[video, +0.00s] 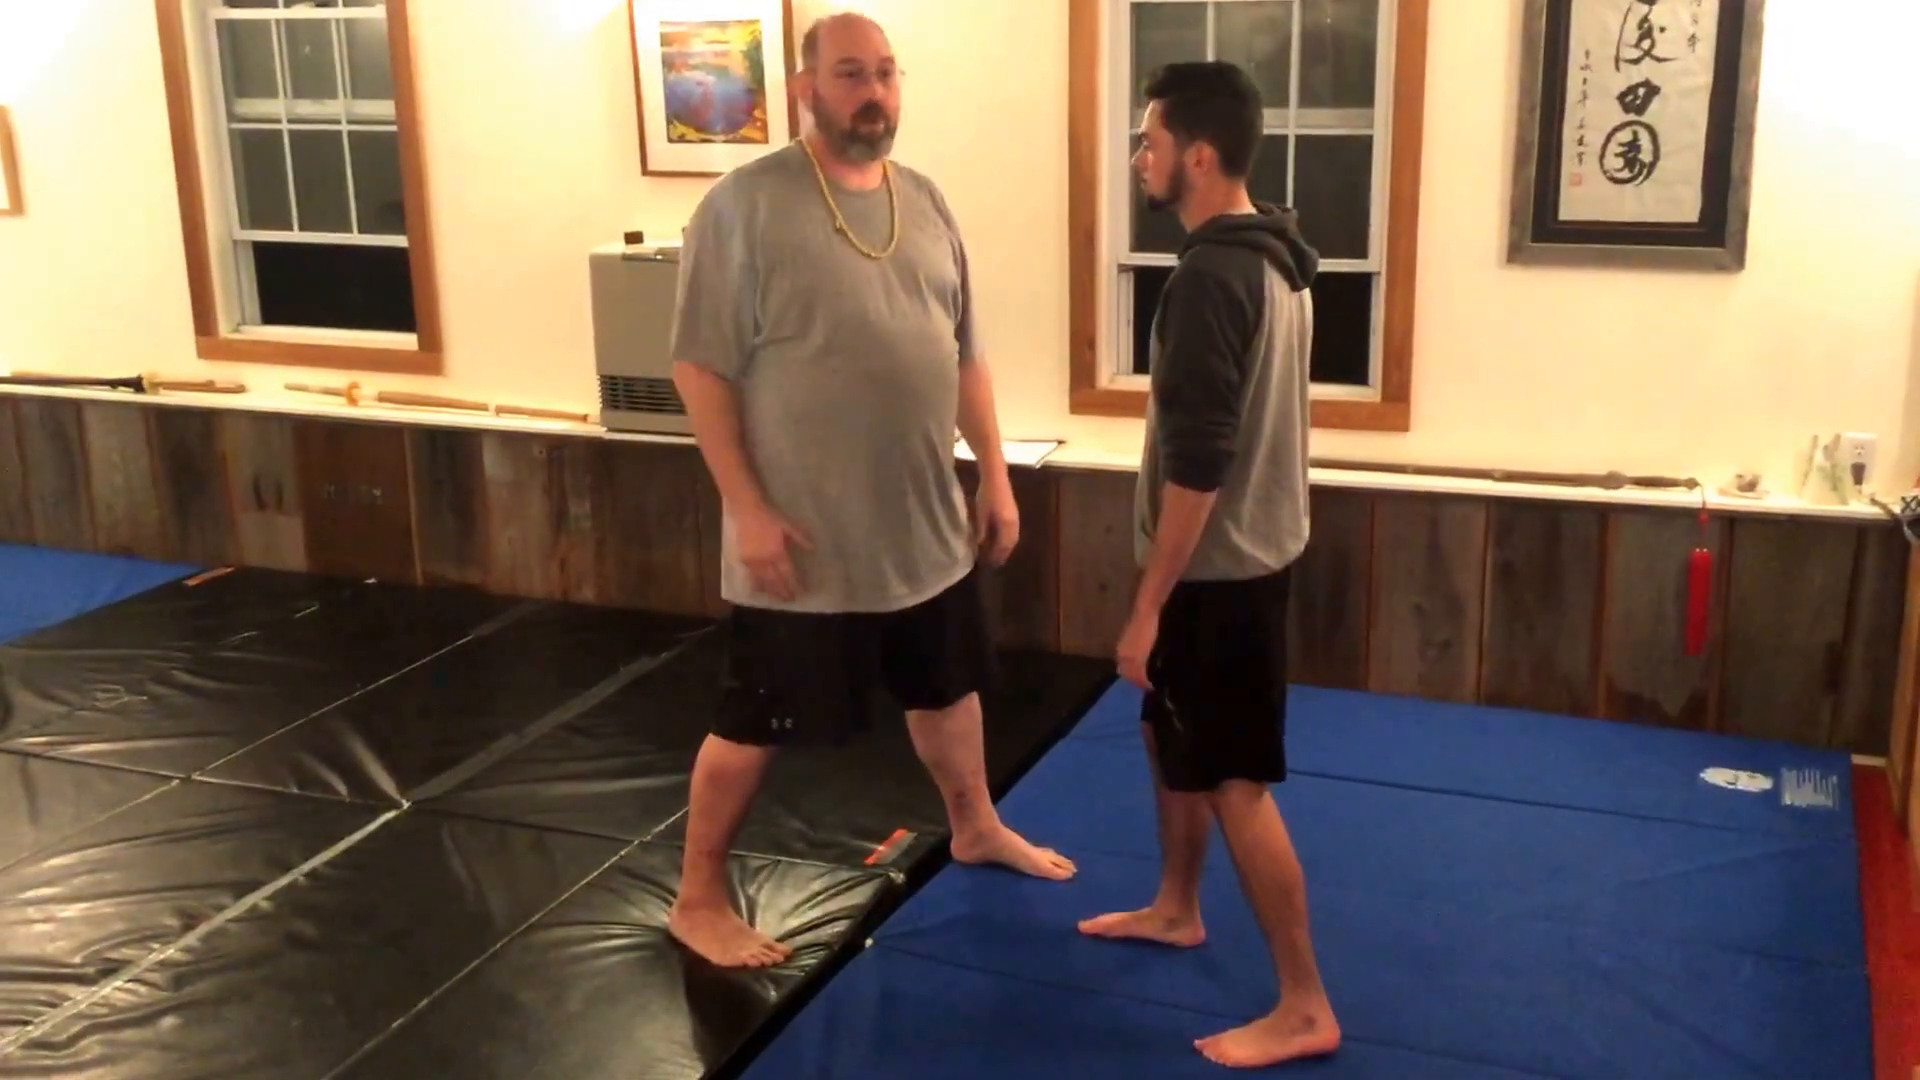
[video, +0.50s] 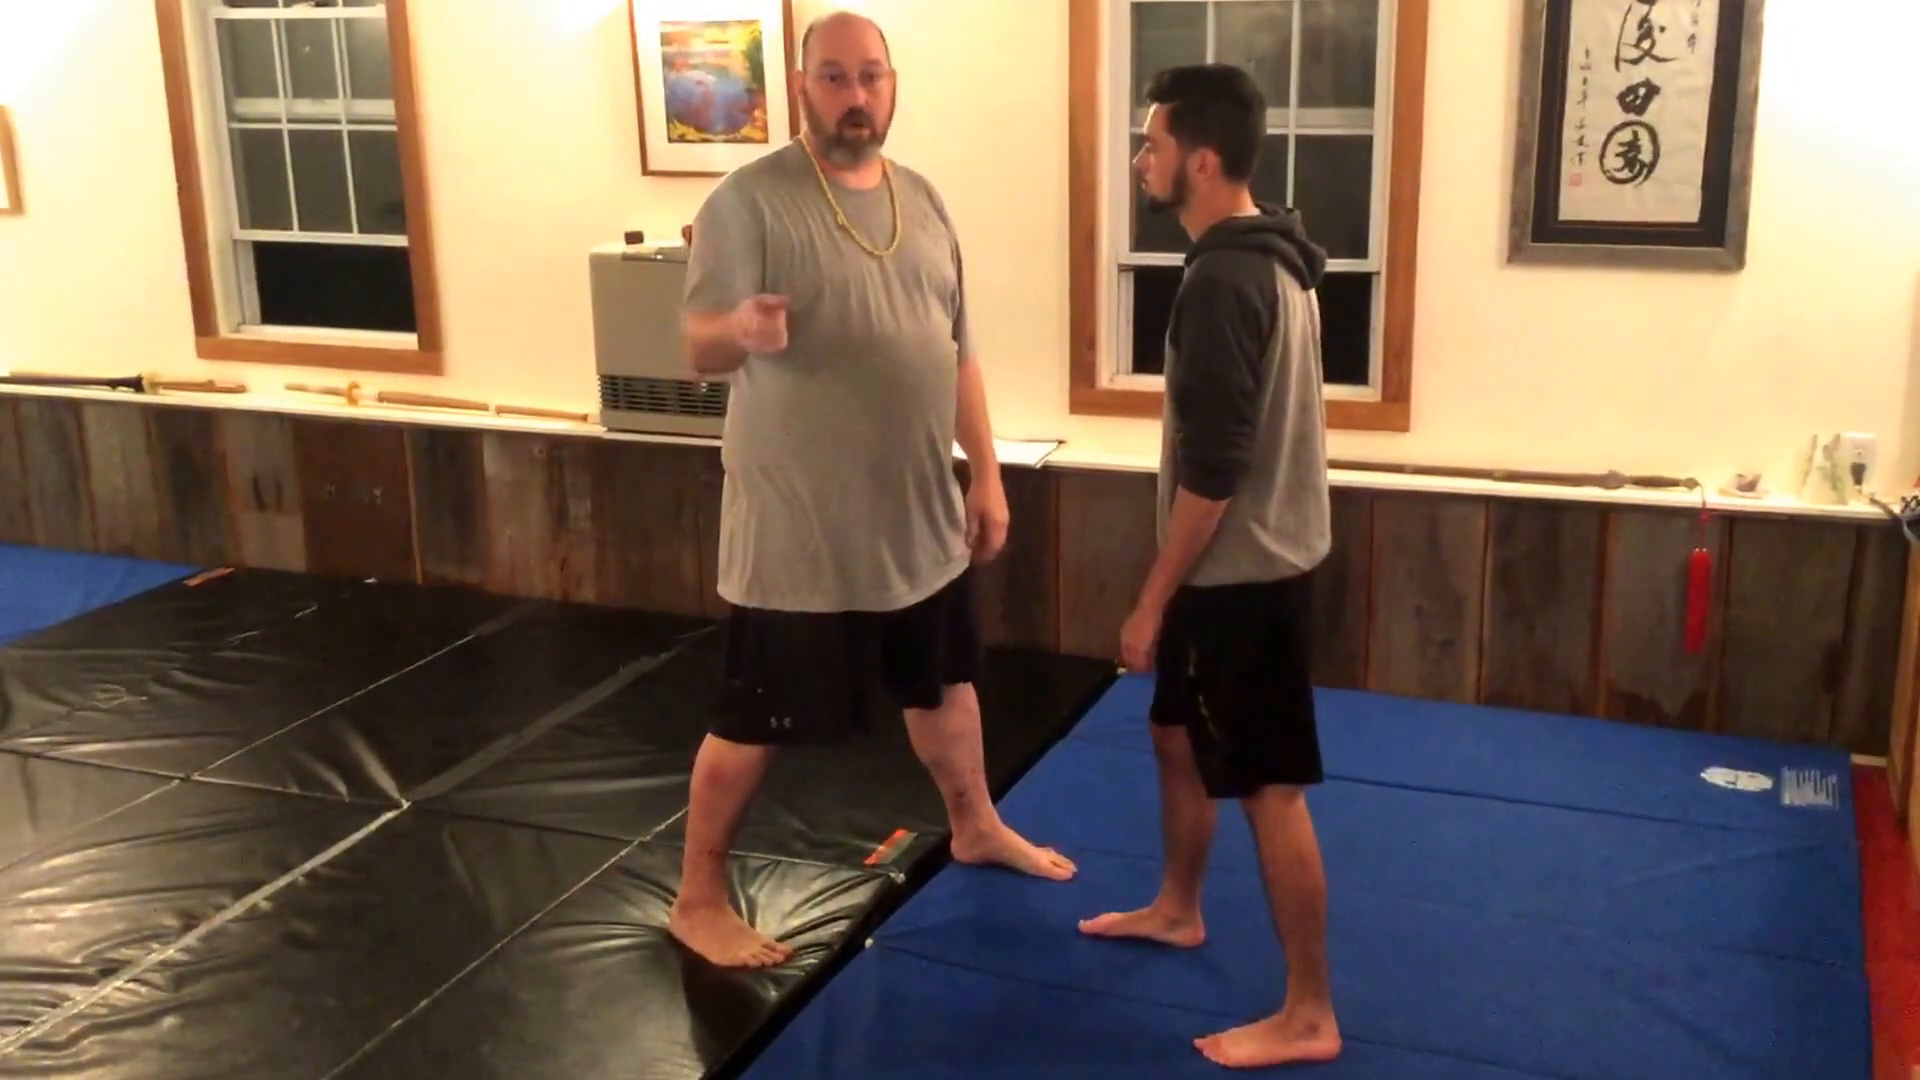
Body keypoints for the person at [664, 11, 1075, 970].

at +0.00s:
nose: (874, 91)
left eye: (886, 73)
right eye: (850, 74)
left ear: (902, 87)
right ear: (803, 90)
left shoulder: (926, 202)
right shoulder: (743, 205)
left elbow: (962, 350)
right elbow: (699, 366)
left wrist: (995, 471)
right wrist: (745, 507)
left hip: (924, 516)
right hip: (794, 533)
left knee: (950, 684)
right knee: (753, 723)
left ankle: (977, 828)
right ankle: (698, 896)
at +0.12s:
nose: (867, 92)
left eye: (881, 74)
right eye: (843, 75)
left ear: (899, 87)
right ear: (801, 90)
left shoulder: (926, 203)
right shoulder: (746, 205)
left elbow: (959, 352)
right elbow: (695, 364)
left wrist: (983, 480)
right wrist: (735, 505)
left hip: (920, 512)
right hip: (793, 526)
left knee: (947, 683)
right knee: (751, 723)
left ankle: (978, 828)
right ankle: (698, 896)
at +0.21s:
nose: (862, 92)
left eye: (878, 74)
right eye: (840, 74)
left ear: (898, 87)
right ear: (802, 88)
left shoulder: (925, 202)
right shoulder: (746, 204)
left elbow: (957, 351)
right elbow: (693, 362)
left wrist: (979, 479)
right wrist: (737, 472)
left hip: (920, 510)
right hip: (793, 525)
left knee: (947, 680)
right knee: (750, 722)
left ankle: (977, 827)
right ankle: (698, 896)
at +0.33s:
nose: (859, 94)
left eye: (875, 76)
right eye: (838, 76)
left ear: (897, 87)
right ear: (801, 87)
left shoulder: (925, 202)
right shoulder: (744, 205)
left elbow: (955, 353)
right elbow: (695, 351)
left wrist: (981, 478)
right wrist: (739, 368)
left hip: (919, 504)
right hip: (793, 517)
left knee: (945, 678)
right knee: (750, 720)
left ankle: (977, 828)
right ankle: (698, 897)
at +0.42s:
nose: (858, 96)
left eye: (874, 77)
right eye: (836, 78)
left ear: (896, 86)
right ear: (800, 88)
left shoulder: (924, 201)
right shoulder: (744, 203)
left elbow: (956, 349)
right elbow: (696, 356)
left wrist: (983, 475)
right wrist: (735, 341)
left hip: (919, 500)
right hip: (793, 513)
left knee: (945, 678)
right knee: (752, 718)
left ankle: (977, 827)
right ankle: (699, 897)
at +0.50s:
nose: (857, 94)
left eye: (872, 76)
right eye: (835, 77)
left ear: (895, 87)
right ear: (799, 89)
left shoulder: (924, 203)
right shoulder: (745, 202)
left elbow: (956, 351)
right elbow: (697, 348)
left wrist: (986, 475)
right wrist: (737, 330)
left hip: (918, 500)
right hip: (792, 511)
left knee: (945, 676)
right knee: (752, 716)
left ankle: (977, 826)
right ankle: (698, 896)